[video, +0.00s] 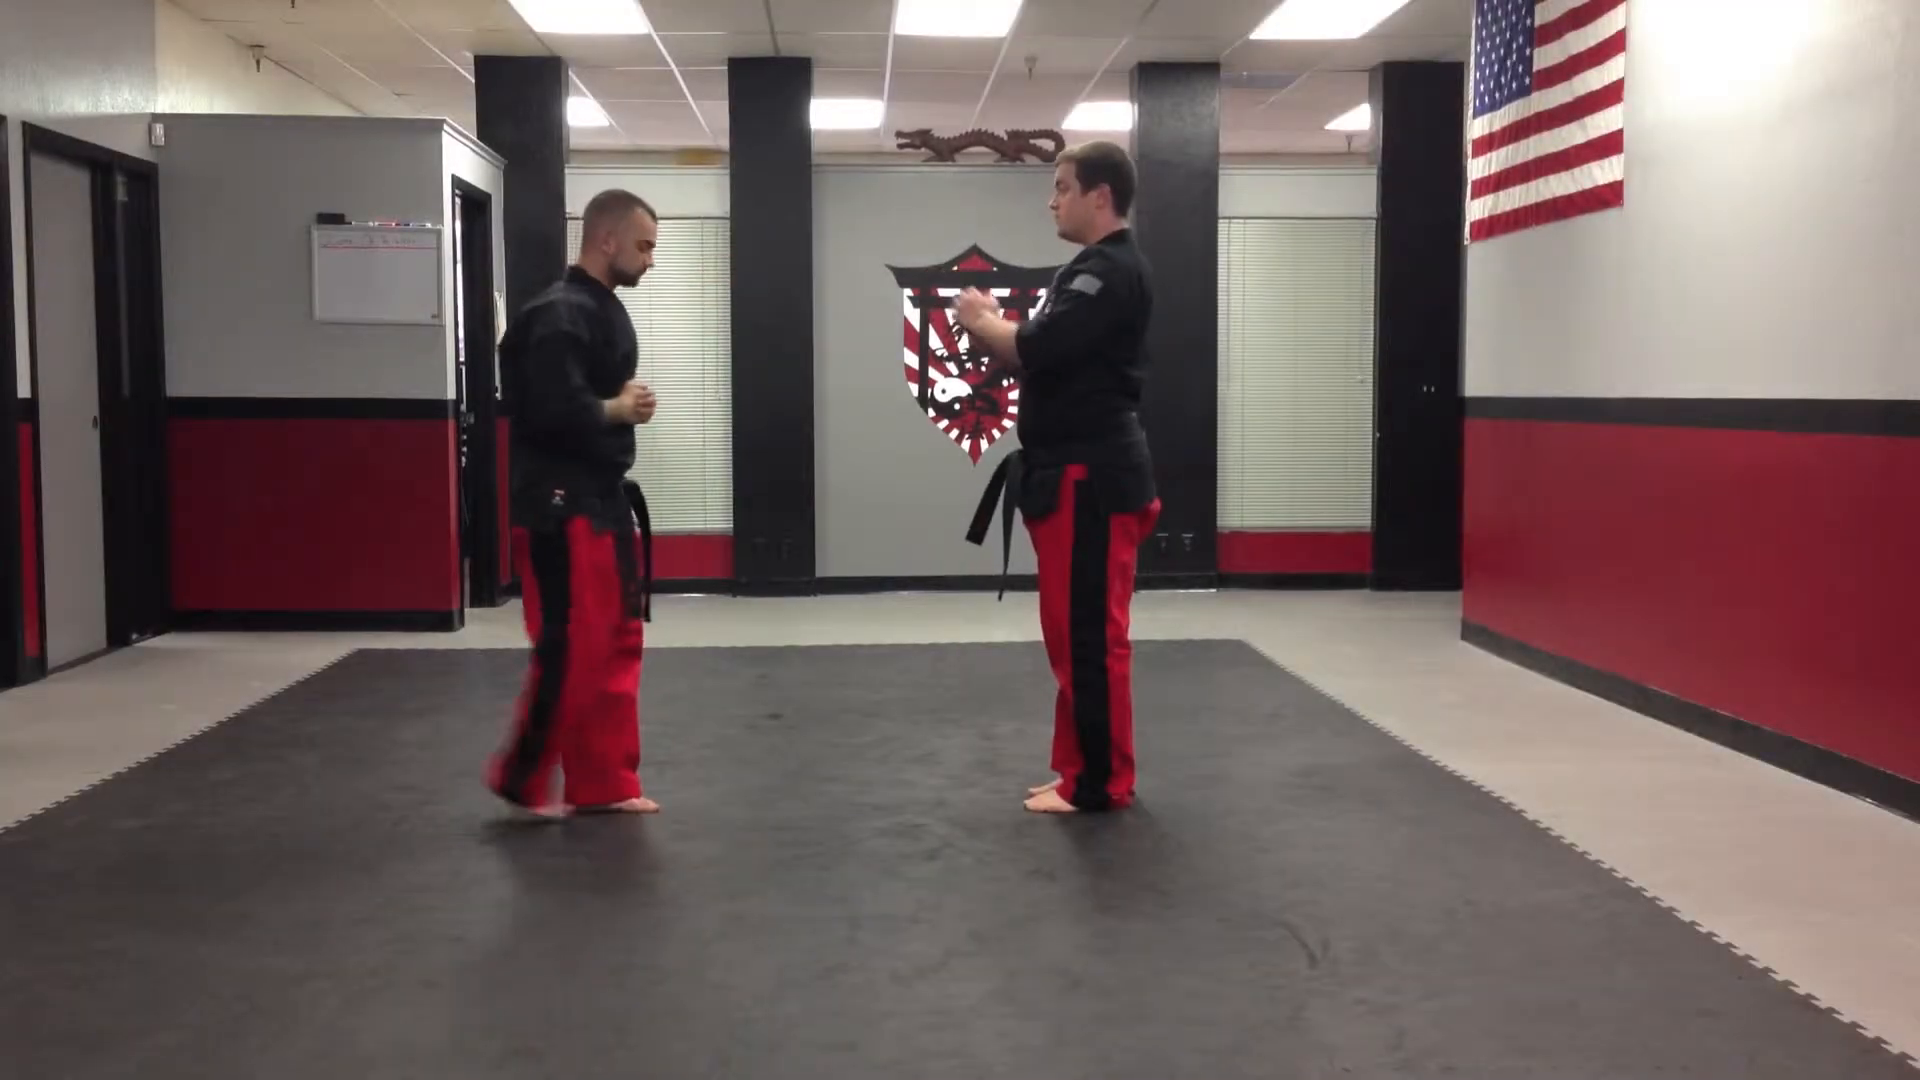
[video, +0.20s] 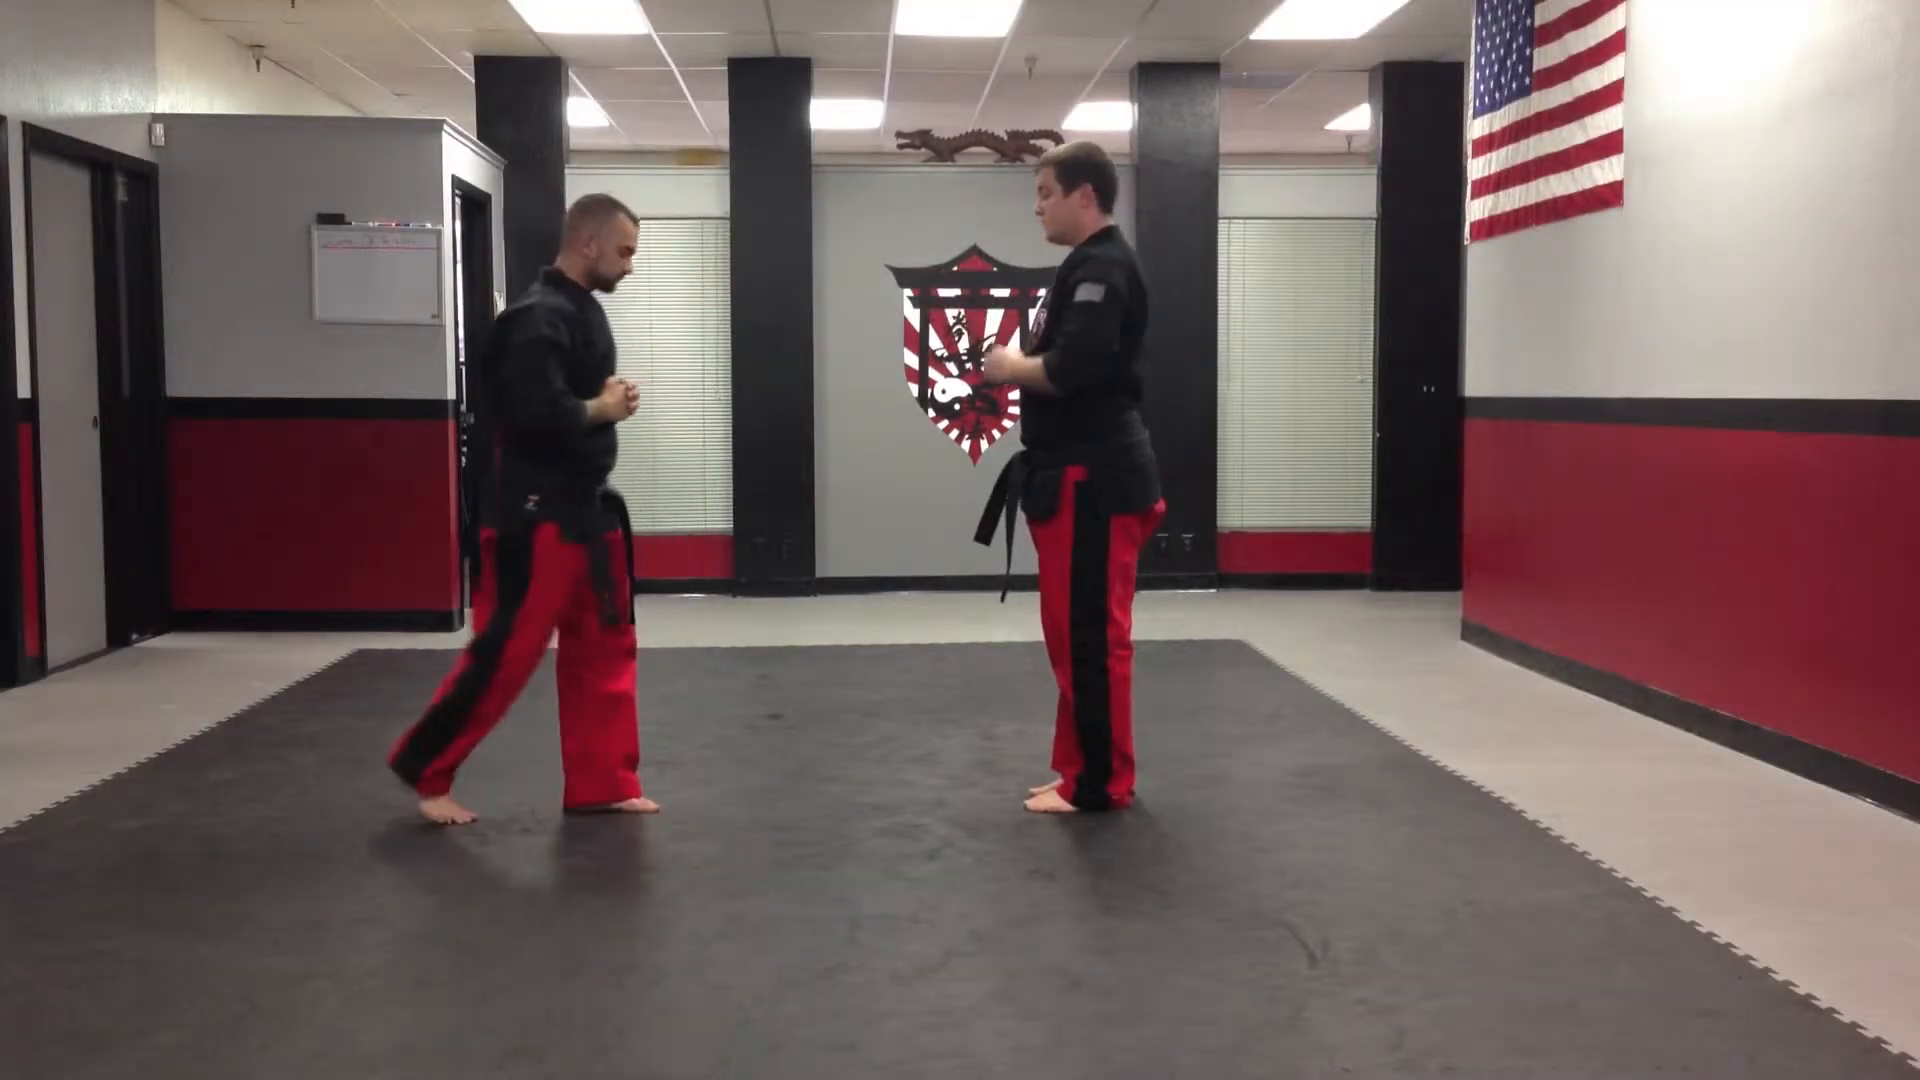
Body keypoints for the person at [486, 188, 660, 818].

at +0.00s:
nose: (652, 258)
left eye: (653, 247)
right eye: (644, 245)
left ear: (611, 243)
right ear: (606, 240)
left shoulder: (604, 311)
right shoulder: (558, 312)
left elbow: (579, 403)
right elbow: (550, 409)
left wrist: (624, 405)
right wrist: (615, 406)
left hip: (604, 496)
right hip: (561, 500)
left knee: (619, 639)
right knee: (573, 642)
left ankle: (603, 783)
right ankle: (520, 778)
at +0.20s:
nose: (631, 265)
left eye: (633, 253)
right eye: (626, 251)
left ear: (588, 247)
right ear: (586, 244)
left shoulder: (583, 314)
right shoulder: (537, 315)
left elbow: (571, 402)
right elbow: (533, 413)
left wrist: (603, 398)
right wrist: (600, 407)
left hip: (586, 507)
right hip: (538, 510)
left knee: (604, 650)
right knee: (508, 651)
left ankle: (601, 785)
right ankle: (424, 769)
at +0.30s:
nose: (617, 271)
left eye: (619, 259)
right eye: (611, 258)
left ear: (574, 253)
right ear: (571, 250)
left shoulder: (567, 317)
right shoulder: (523, 321)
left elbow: (555, 409)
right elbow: (522, 425)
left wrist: (585, 407)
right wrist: (585, 415)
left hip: (568, 511)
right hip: (515, 517)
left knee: (603, 646)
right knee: (486, 657)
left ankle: (601, 785)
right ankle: (417, 784)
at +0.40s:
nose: (602, 275)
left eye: (604, 264)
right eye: (595, 263)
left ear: (561, 258)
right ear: (559, 256)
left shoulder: (551, 324)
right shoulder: (503, 329)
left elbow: (525, 419)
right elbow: (495, 430)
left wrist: (570, 418)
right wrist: (564, 421)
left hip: (556, 513)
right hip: (502, 518)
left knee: (606, 640)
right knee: (473, 659)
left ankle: (605, 782)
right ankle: (416, 791)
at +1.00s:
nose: (579, 262)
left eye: (578, 251)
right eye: (568, 251)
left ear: (540, 257)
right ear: (529, 255)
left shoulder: (558, 330)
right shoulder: (493, 335)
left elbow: (630, 381)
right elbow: (547, 397)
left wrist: (649, 332)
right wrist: (586, 343)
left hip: (567, 518)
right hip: (504, 523)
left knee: (610, 647)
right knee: (472, 663)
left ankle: (637, 768)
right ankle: (411, 792)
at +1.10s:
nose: (579, 262)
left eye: (578, 251)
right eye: (569, 251)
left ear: (538, 257)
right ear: (529, 255)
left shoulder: (556, 330)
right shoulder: (493, 333)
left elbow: (642, 371)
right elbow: (552, 394)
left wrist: (672, 327)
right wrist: (580, 334)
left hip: (562, 520)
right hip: (499, 524)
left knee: (606, 645)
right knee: (466, 662)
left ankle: (636, 768)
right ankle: (409, 792)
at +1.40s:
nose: (594, 263)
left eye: (593, 252)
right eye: (584, 252)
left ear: (549, 259)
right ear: (544, 256)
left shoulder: (573, 334)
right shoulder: (502, 334)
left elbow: (653, 379)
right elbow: (560, 397)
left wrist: (695, 339)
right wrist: (592, 339)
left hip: (572, 520)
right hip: (505, 525)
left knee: (628, 644)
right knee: (467, 662)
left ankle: (639, 772)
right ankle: (412, 793)